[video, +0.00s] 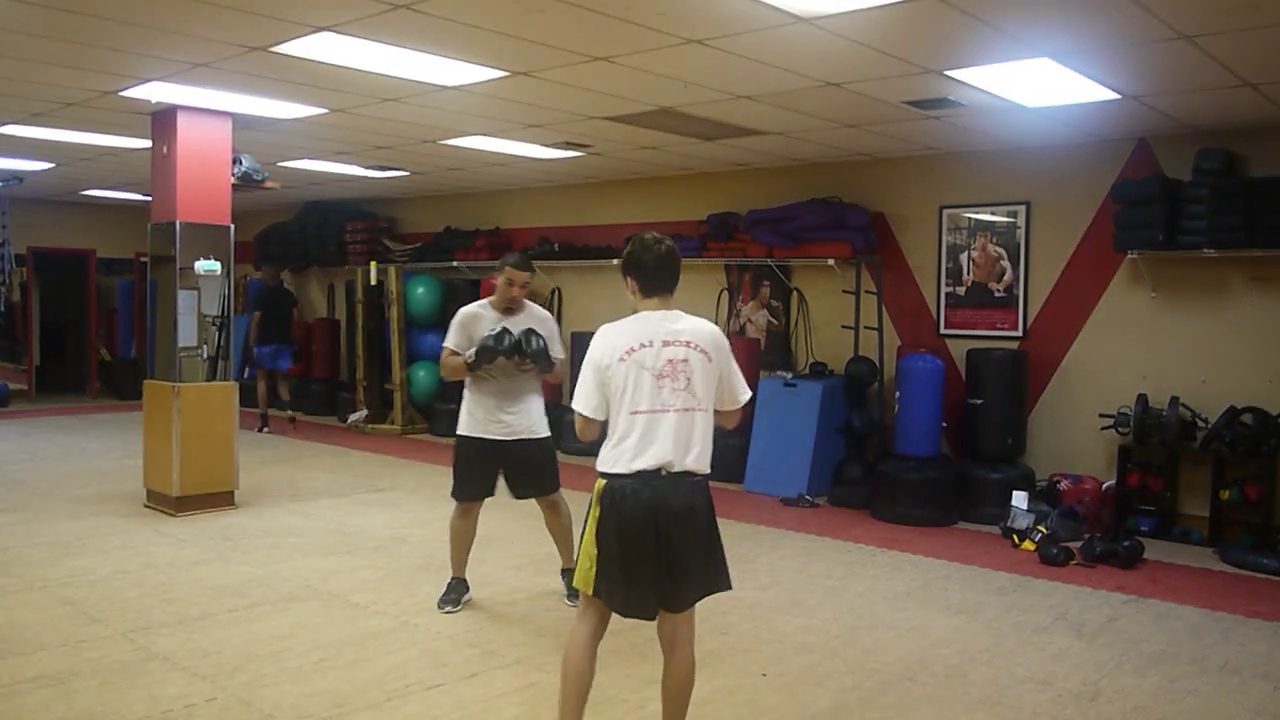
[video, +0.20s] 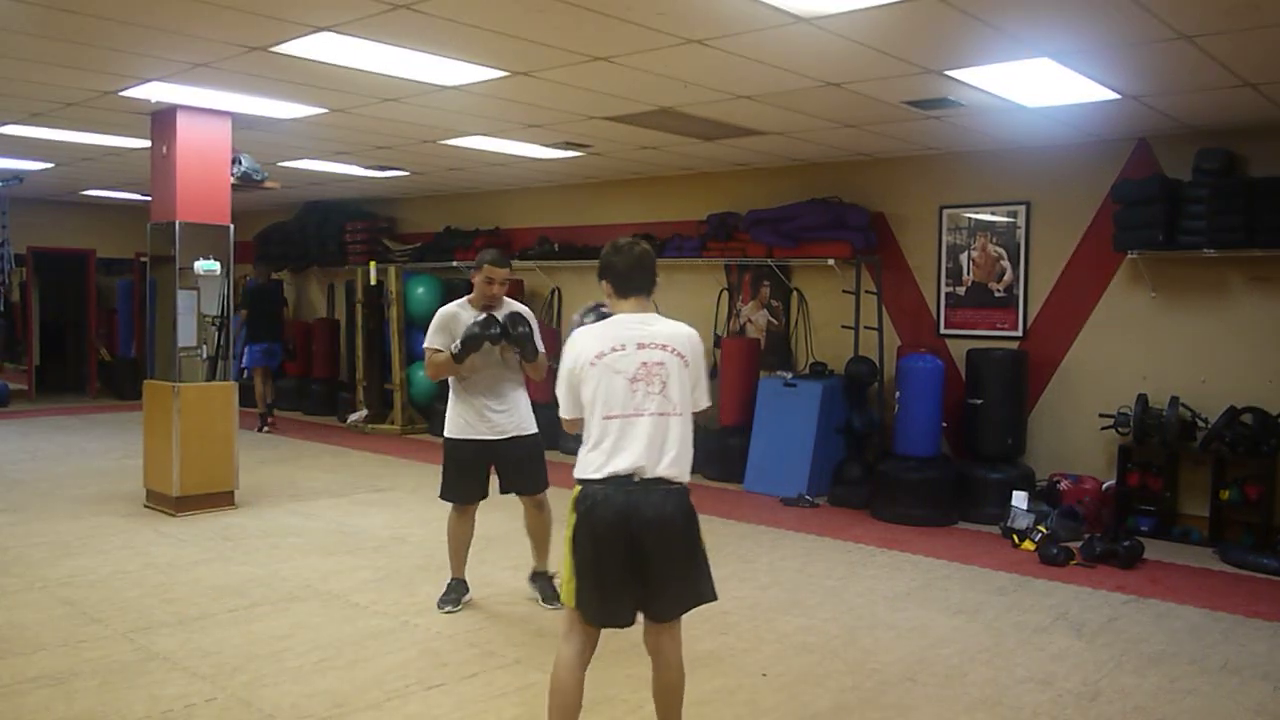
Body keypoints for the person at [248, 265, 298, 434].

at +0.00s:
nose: (261, 277)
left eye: (263, 274)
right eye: (263, 273)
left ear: (264, 276)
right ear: (279, 277)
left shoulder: (261, 293)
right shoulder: (288, 294)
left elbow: (256, 319)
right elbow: (296, 317)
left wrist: (252, 342)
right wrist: (294, 338)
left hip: (264, 342)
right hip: (284, 342)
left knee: (262, 379)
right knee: (282, 378)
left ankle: (264, 421)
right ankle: (289, 406)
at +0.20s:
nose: (256, 273)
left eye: (256, 270)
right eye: (260, 270)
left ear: (255, 272)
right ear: (270, 273)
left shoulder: (250, 290)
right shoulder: (277, 289)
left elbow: (244, 313)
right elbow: (285, 311)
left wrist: (237, 329)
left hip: (256, 339)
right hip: (275, 338)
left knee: (258, 377)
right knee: (268, 375)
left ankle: (263, 418)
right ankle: (270, 408)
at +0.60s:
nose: (244, 277)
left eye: (245, 274)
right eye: (248, 273)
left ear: (243, 277)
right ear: (257, 277)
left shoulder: (238, 294)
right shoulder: (264, 294)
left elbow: (234, 315)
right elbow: (273, 315)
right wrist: (270, 332)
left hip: (241, 339)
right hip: (260, 338)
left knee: (238, 374)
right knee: (255, 376)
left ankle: (241, 402)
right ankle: (254, 412)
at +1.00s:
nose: (244, 282)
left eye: (243, 278)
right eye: (243, 278)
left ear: (231, 280)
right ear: (240, 280)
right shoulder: (246, 296)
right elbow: (252, 320)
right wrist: (253, 341)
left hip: (231, 337)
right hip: (243, 338)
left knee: (239, 370)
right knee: (240, 370)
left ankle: (246, 399)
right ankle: (246, 399)